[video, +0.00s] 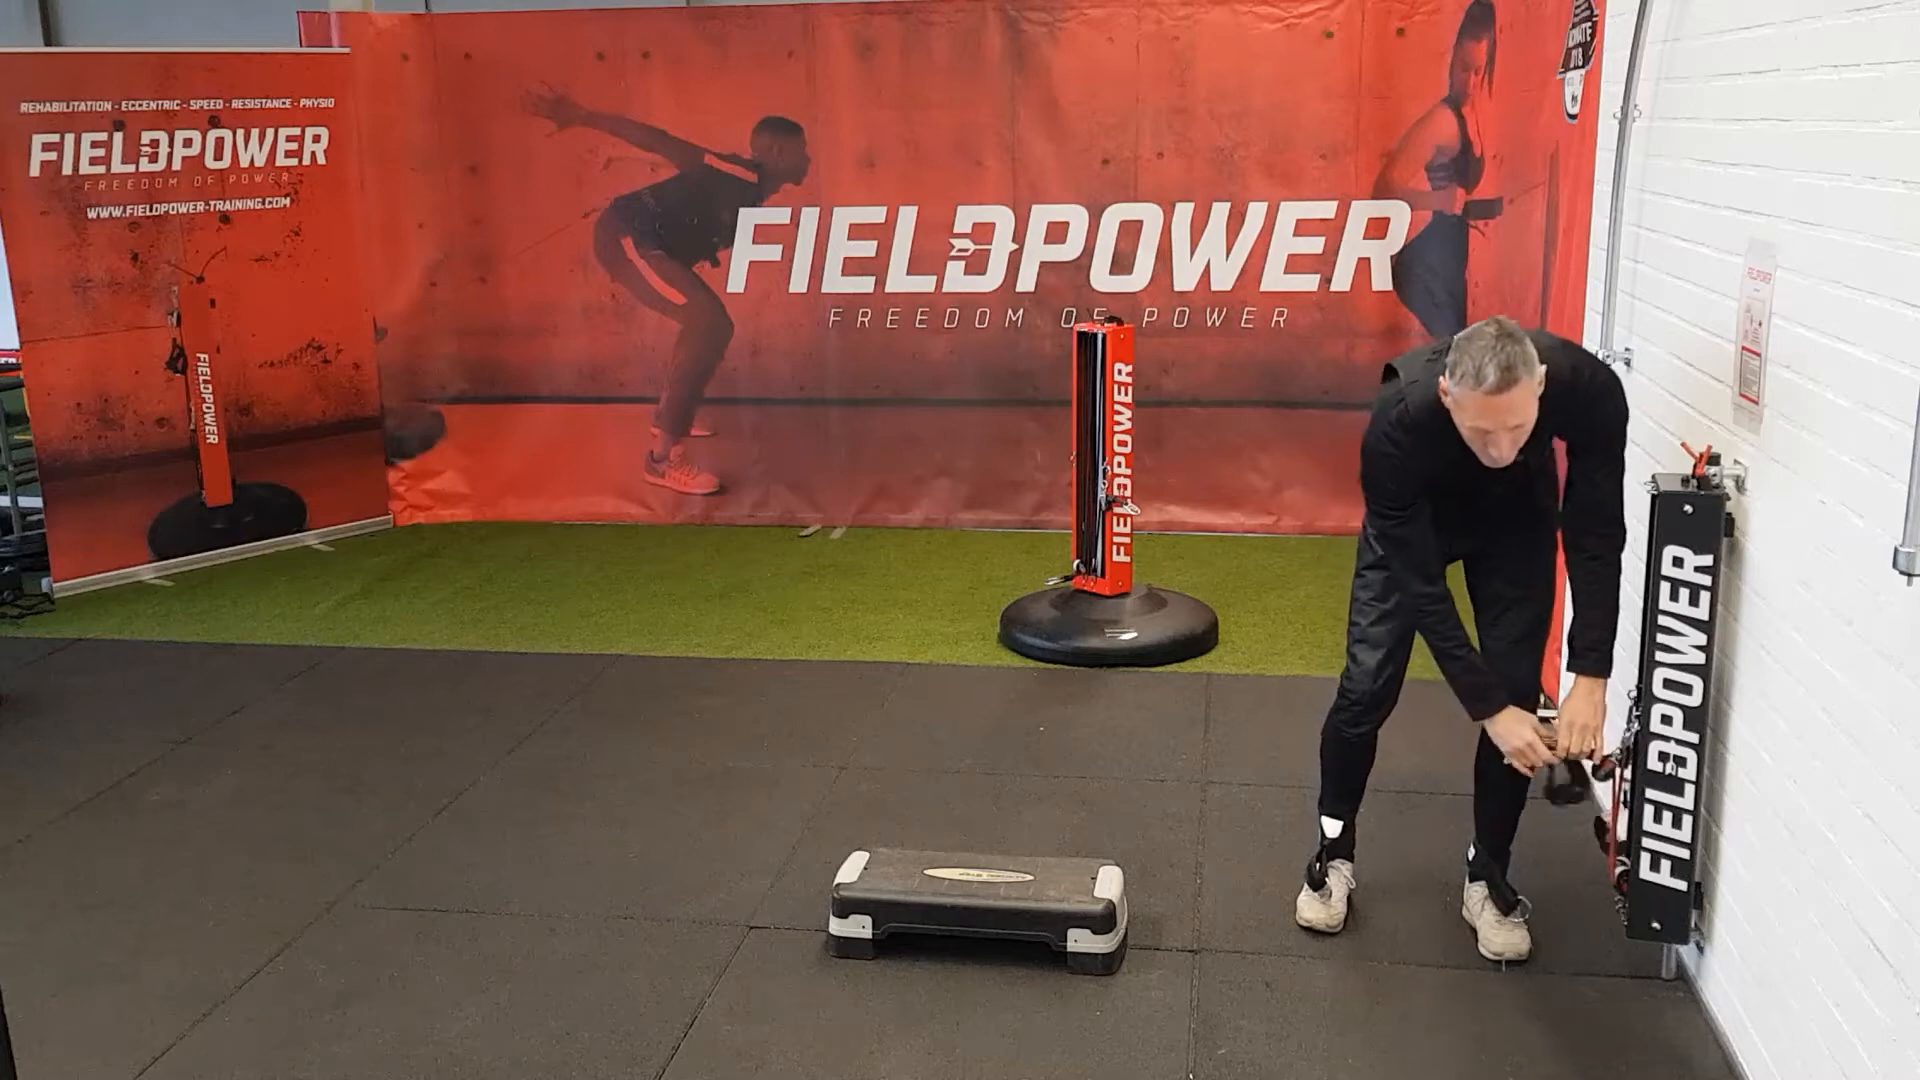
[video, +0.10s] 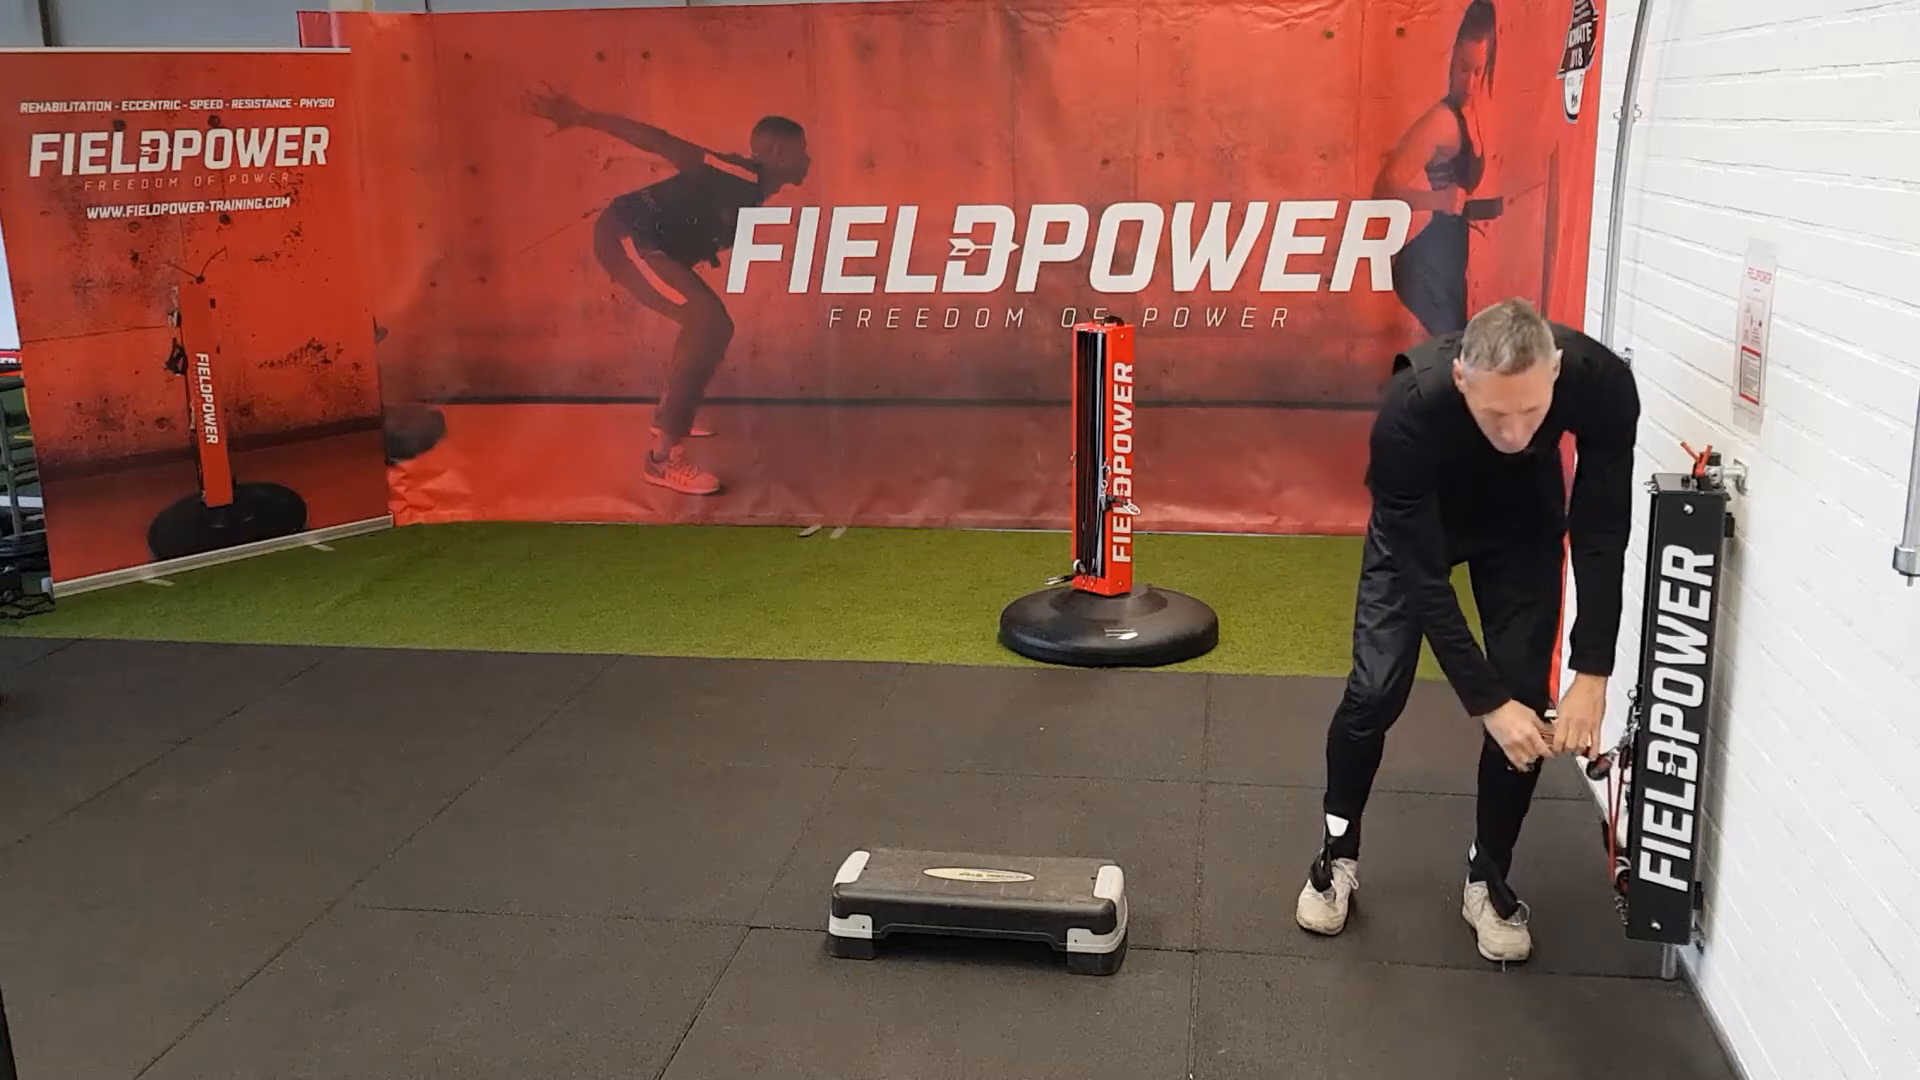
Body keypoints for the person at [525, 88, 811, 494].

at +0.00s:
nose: (807, 158)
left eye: (804, 149)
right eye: (800, 150)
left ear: (774, 151)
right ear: (772, 150)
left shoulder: (748, 192)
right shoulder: (733, 179)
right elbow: (659, 141)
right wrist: (583, 116)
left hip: (645, 238)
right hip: (627, 234)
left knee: (714, 323)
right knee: (709, 323)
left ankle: (671, 414)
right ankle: (664, 457)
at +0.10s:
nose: (807, 158)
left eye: (804, 149)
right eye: (800, 150)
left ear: (774, 151)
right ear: (772, 150)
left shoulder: (748, 191)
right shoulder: (733, 178)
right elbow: (659, 141)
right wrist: (583, 116)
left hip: (646, 238)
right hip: (627, 233)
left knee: (715, 323)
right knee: (709, 323)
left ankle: (671, 414)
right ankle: (664, 457)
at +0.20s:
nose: (808, 158)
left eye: (805, 149)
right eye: (800, 149)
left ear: (775, 151)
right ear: (772, 150)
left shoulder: (749, 198)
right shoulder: (732, 180)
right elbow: (659, 141)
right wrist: (582, 116)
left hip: (646, 238)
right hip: (626, 232)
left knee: (715, 323)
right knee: (708, 323)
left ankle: (671, 414)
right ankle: (664, 457)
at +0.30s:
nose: (808, 158)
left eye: (805, 149)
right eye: (800, 149)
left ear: (775, 151)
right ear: (772, 150)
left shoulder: (749, 197)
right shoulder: (732, 180)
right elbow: (659, 141)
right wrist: (582, 116)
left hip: (646, 238)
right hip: (626, 232)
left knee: (715, 323)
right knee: (708, 323)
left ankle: (671, 414)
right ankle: (664, 457)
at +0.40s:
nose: (808, 158)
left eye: (805, 149)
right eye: (800, 149)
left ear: (775, 151)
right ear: (772, 150)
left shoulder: (749, 197)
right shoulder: (732, 180)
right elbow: (659, 141)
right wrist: (582, 116)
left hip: (646, 237)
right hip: (626, 232)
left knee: (715, 323)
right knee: (708, 323)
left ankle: (671, 414)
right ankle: (664, 457)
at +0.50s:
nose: (808, 158)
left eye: (805, 149)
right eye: (800, 149)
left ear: (775, 151)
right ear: (772, 150)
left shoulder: (749, 197)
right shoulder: (732, 180)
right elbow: (659, 141)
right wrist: (582, 116)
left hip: (646, 237)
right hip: (626, 232)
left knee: (715, 323)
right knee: (708, 323)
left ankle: (671, 414)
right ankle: (664, 457)